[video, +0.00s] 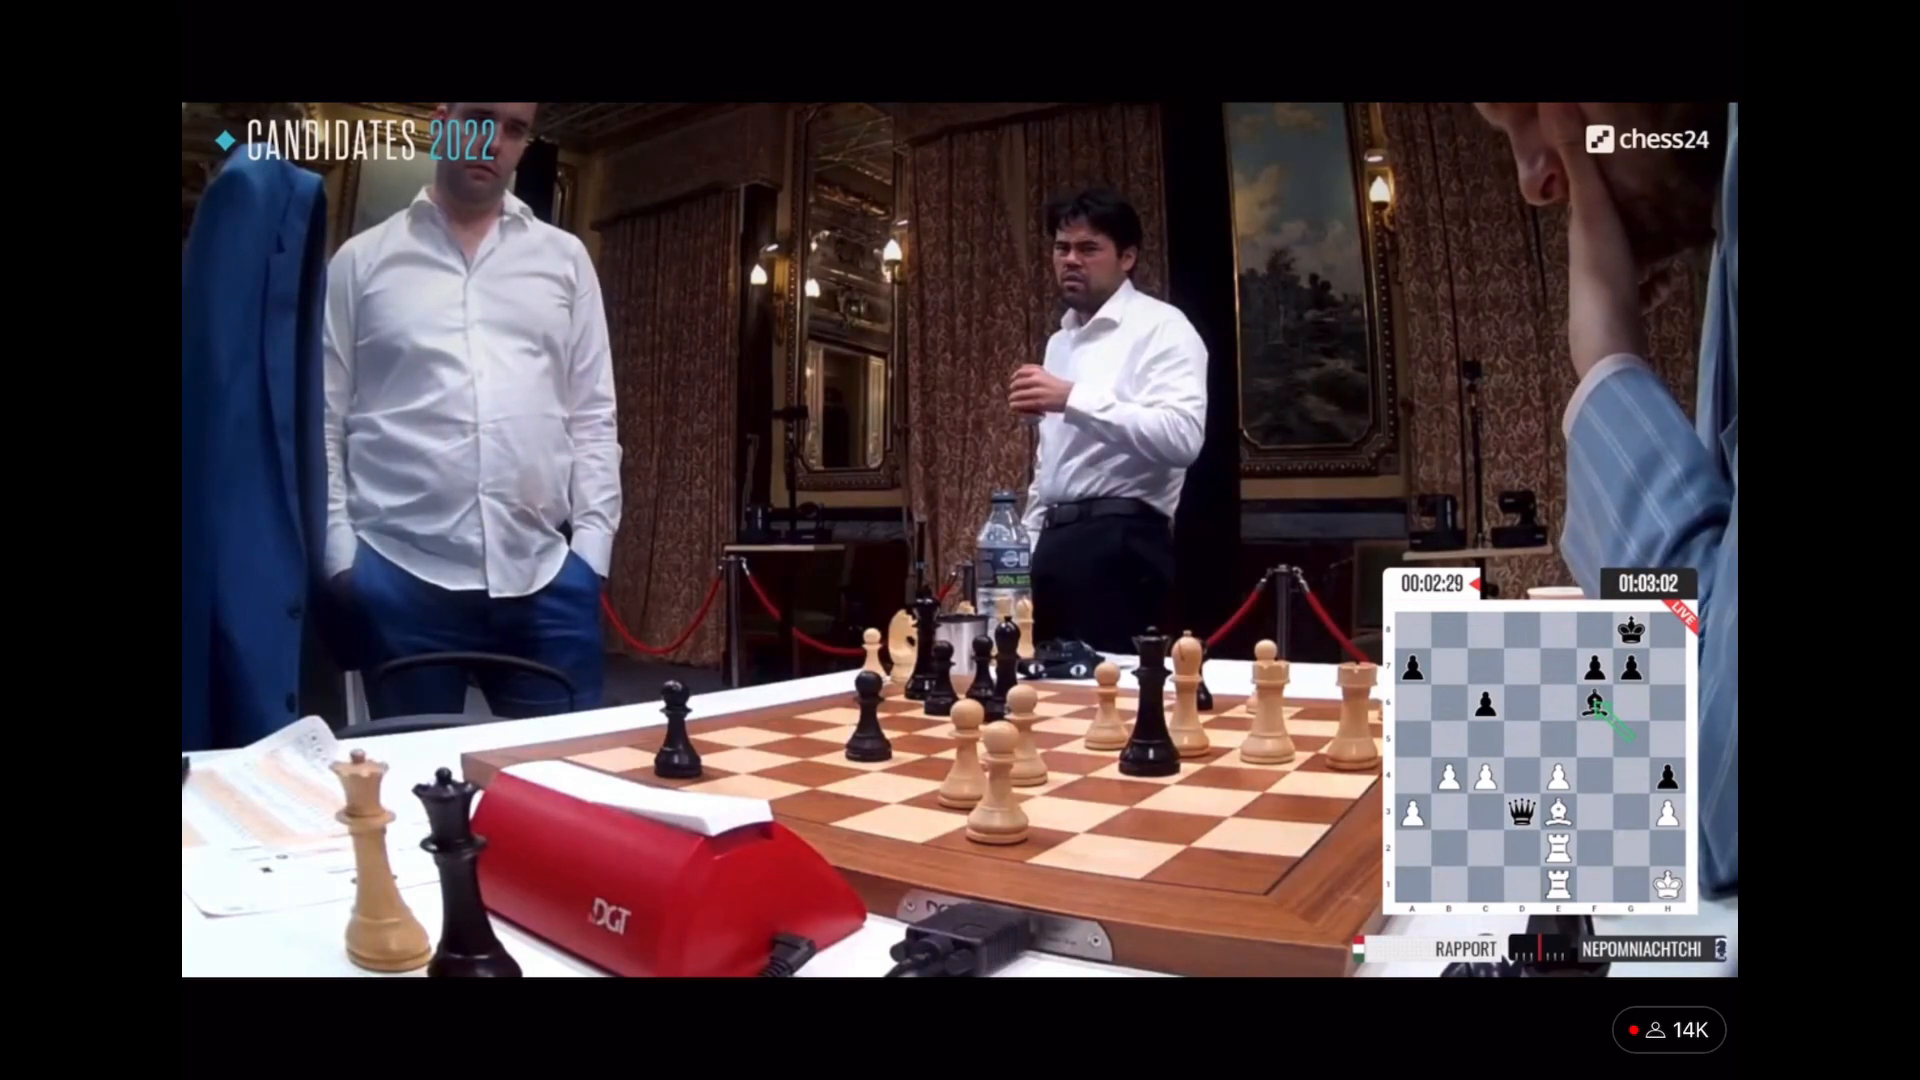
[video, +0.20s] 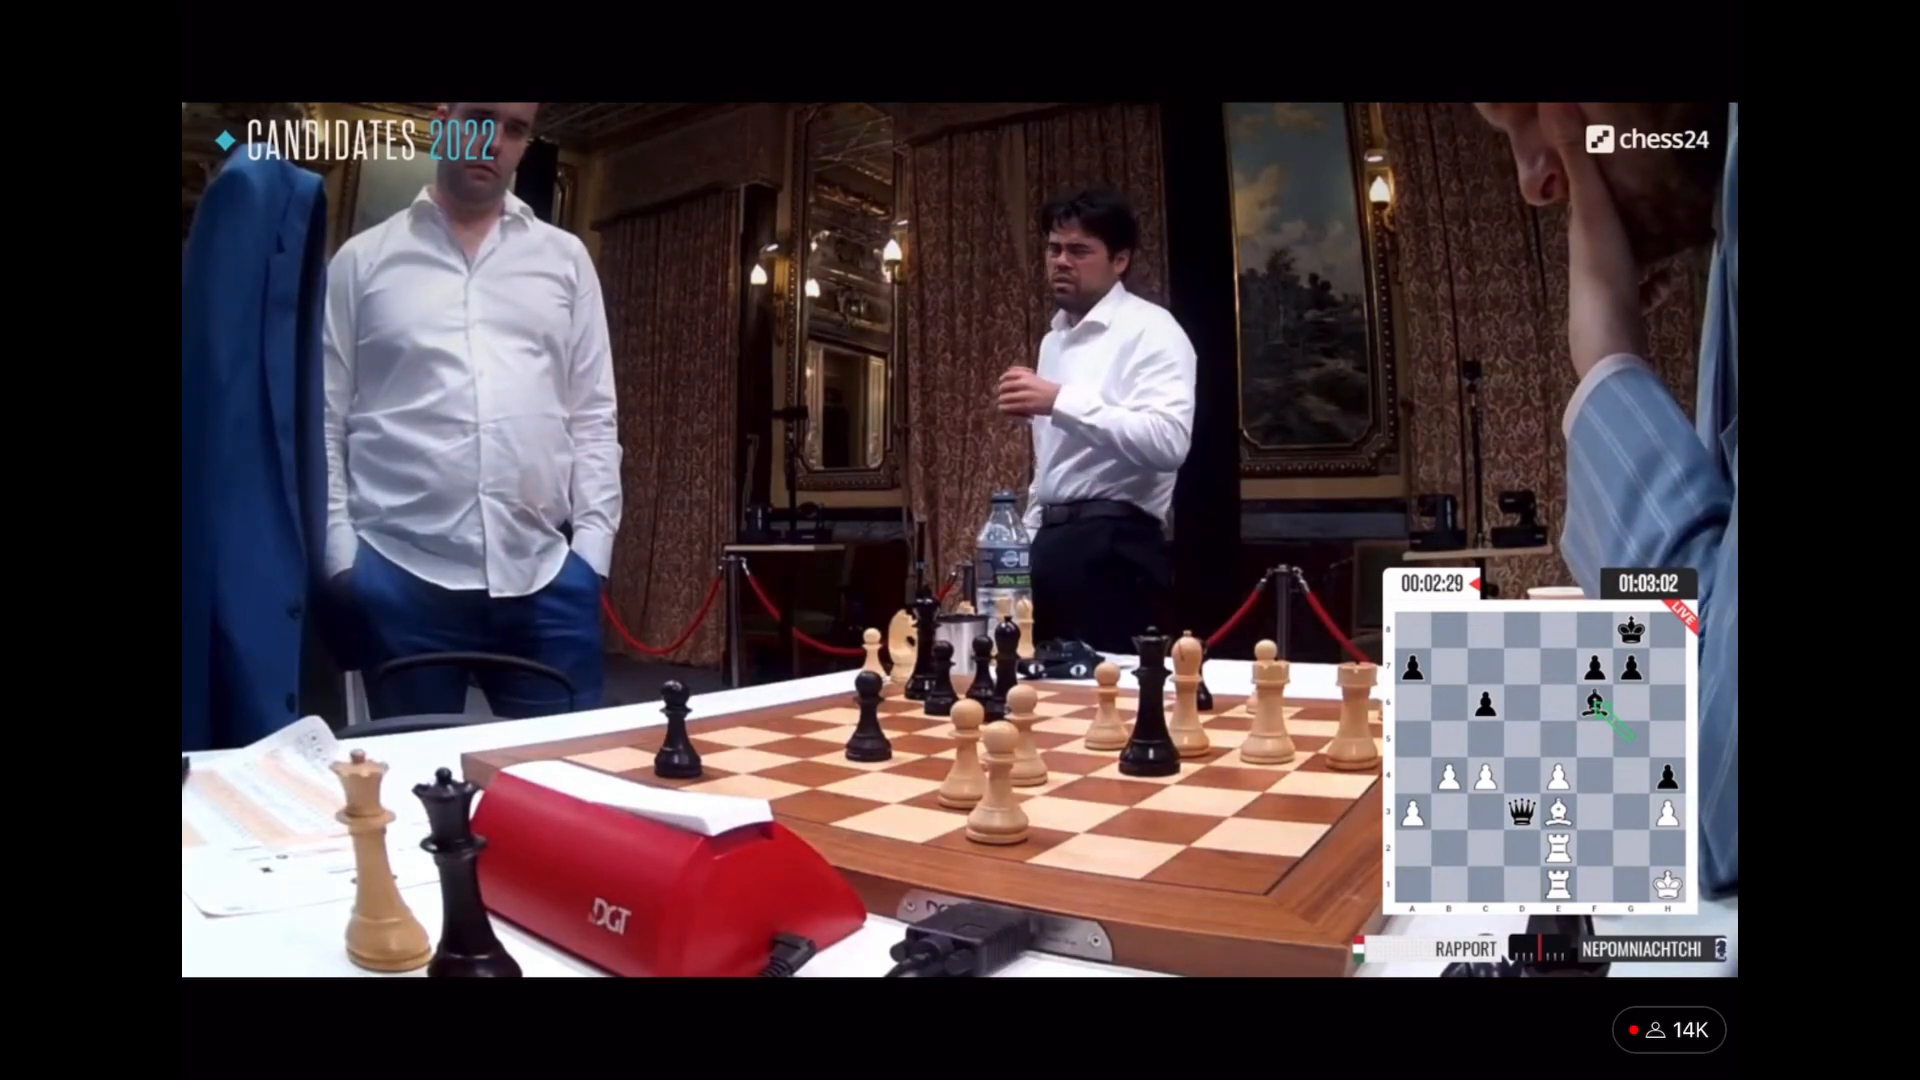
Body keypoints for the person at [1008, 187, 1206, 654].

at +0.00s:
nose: (1071, 261)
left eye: (1088, 248)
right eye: (1063, 248)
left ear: (1126, 258)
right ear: (1052, 254)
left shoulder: (1166, 329)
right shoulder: (1060, 344)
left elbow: (1181, 437)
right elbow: (1050, 461)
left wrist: (1072, 397)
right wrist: (1029, 539)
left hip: (1125, 536)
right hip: (1058, 535)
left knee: (1122, 696)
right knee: (1059, 696)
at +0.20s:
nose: (1061, 262)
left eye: (1079, 251)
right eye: (1055, 249)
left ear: (1119, 261)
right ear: (1045, 254)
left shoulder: (1155, 332)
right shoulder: (1054, 342)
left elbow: (1167, 442)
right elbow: (1051, 460)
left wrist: (1060, 400)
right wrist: (1030, 529)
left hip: (1118, 537)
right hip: (1055, 534)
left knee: (1118, 696)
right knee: (1060, 696)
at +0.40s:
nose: (1016, 266)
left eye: (1031, 253)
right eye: (1014, 254)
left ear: (1077, 261)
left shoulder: (1119, 333)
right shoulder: (1035, 338)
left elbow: (1125, 442)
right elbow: (1051, 445)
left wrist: (1018, 406)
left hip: (1092, 539)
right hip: (1040, 532)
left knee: (1092, 695)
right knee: (1044, 693)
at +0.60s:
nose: (953, 283)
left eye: (965, 269)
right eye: (954, 271)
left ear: (1011, 273)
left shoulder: (1055, 342)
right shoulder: (999, 349)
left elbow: (1044, 446)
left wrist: (951, 412)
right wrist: (948, 415)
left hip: (1045, 546)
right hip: (1002, 539)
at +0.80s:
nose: (883, 289)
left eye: (891, 275)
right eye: (883, 277)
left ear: (931, 275)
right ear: (929, 277)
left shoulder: (963, 337)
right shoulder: (947, 337)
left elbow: (956, 442)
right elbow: (945, 437)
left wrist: (872, 415)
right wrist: (873, 415)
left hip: (956, 532)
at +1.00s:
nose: (818, 301)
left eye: (824, 288)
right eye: (819, 289)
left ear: (856, 287)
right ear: (859, 288)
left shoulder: (876, 337)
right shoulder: (907, 339)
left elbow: (864, 435)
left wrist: (795, 417)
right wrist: (803, 422)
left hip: (887, 538)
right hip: (935, 543)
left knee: (817, 661)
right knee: (908, 676)